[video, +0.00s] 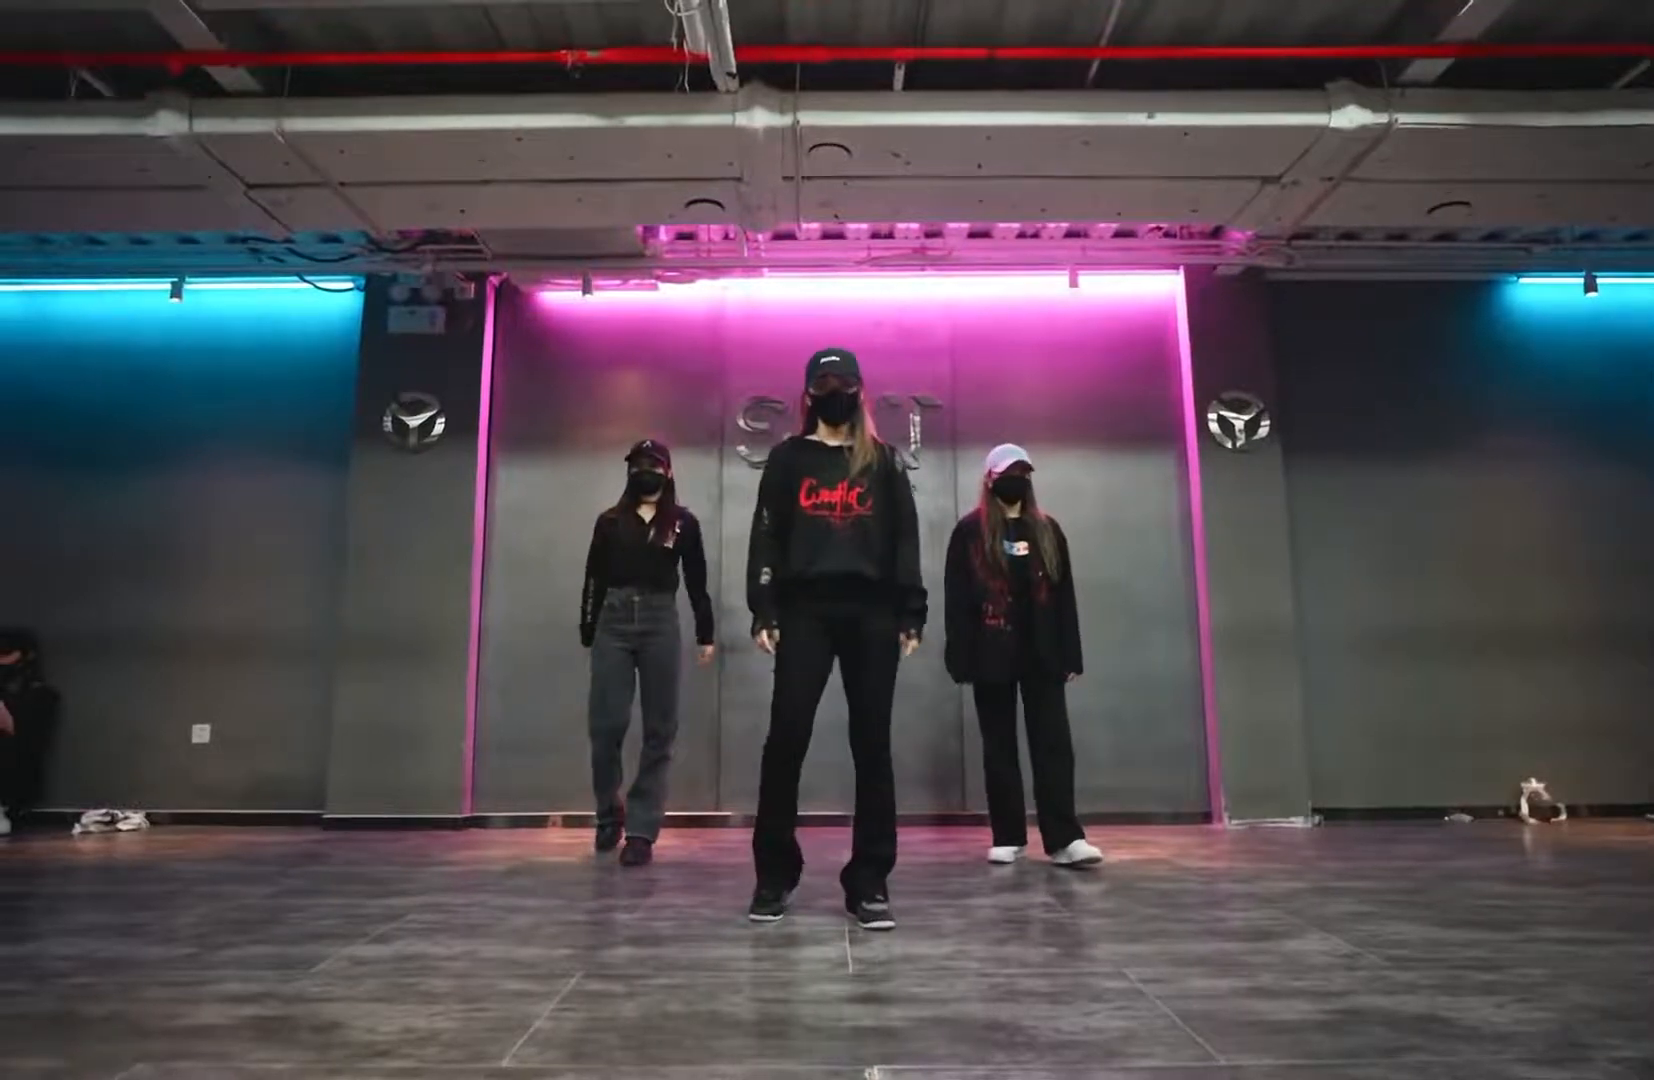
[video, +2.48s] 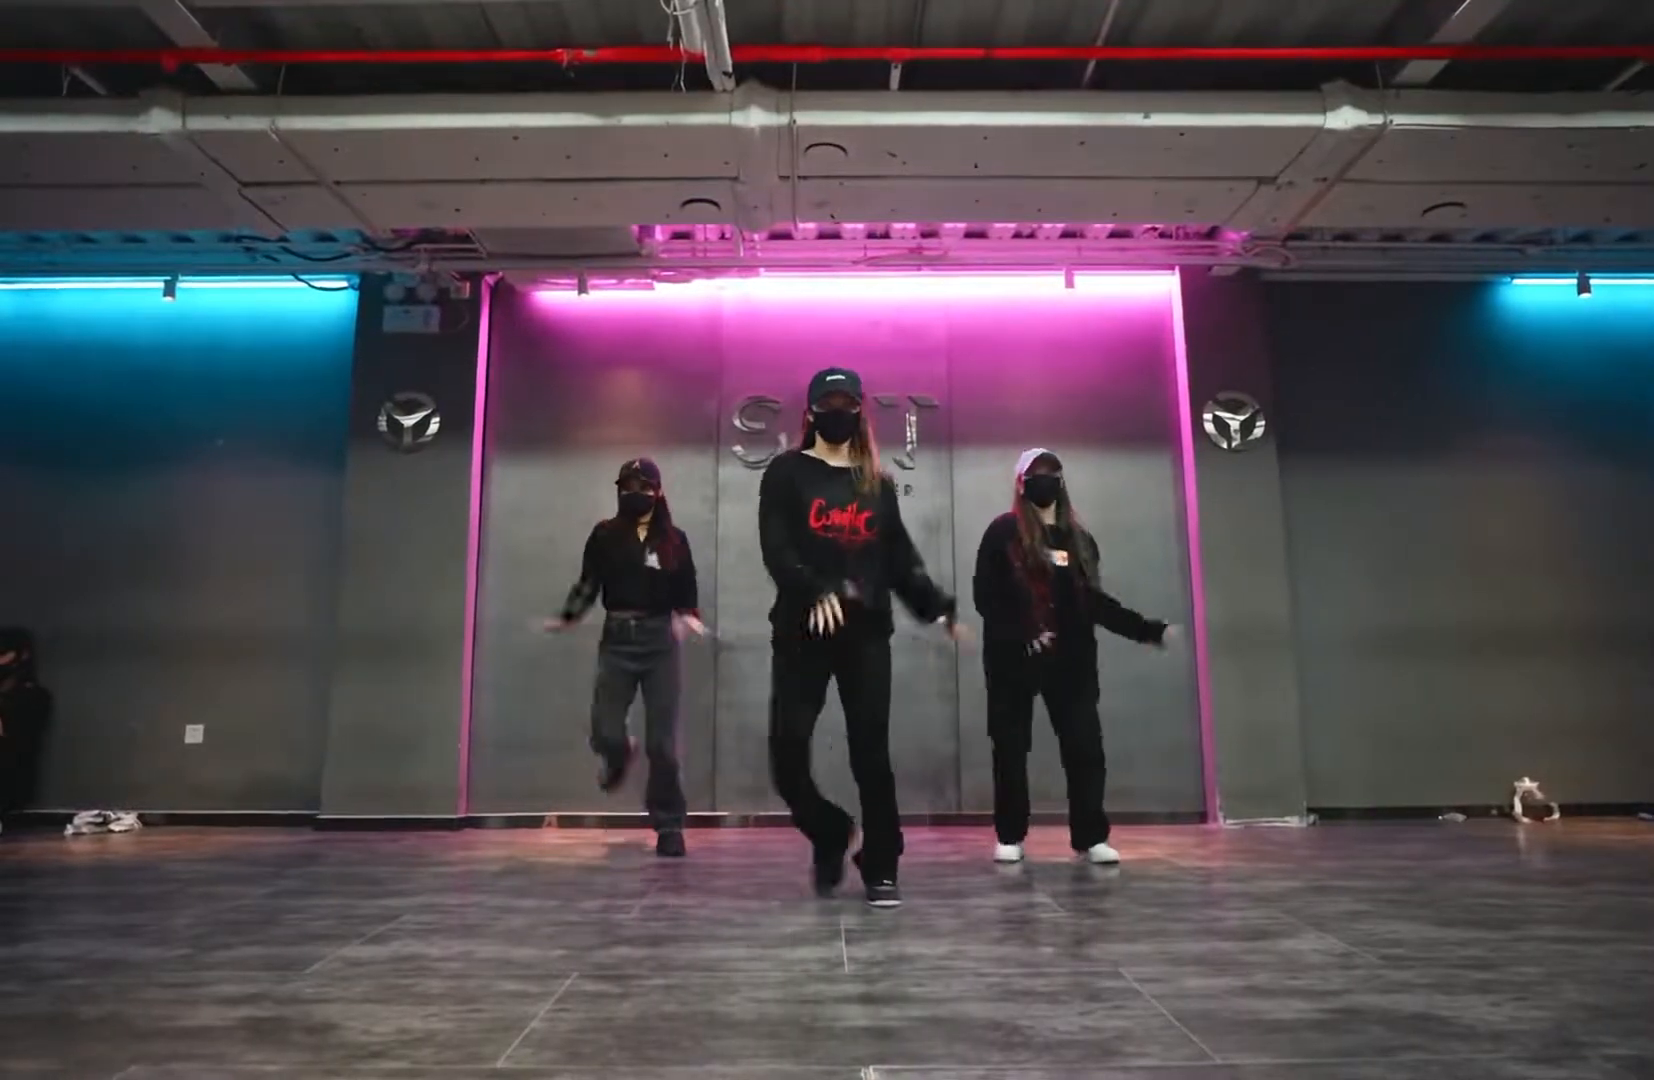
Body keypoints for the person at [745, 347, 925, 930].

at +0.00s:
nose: (835, 392)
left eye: (844, 384)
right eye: (825, 384)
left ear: (858, 390)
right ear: (810, 391)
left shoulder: (883, 461)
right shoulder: (787, 458)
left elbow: (906, 542)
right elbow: (764, 539)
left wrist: (910, 613)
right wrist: (763, 610)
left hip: (873, 618)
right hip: (804, 616)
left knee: (872, 749)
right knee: (785, 744)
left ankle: (869, 884)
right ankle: (773, 878)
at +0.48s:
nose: (857, 389)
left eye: (866, 381)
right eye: (847, 381)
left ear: (881, 388)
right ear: (832, 389)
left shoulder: (904, 459)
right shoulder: (807, 456)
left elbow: (930, 537)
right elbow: (785, 538)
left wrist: (940, 603)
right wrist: (785, 610)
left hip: (890, 616)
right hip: (822, 615)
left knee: (881, 750)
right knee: (798, 745)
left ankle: (872, 884)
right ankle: (795, 884)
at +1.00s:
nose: (832, 390)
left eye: (841, 381)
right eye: (822, 381)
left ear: (856, 389)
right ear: (807, 390)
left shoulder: (879, 461)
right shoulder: (784, 459)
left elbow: (903, 541)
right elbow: (763, 542)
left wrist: (908, 608)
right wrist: (767, 611)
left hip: (868, 616)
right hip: (801, 616)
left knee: (867, 749)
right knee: (803, 749)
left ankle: (867, 884)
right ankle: (811, 880)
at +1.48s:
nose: (820, 398)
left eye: (829, 389)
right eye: (810, 389)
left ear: (843, 396)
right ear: (794, 398)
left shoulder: (868, 464)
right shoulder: (773, 466)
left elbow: (895, 542)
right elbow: (754, 549)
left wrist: (898, 612)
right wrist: (760, 619)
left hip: (861, 618)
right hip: (795, 619)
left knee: (865, 747)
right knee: (804, 749)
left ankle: (865, 882)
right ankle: (812, 879)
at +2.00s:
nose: (830, 402)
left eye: (838, 393)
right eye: (820, 393)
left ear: (852, 399)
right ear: (804, 401)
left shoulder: (875, 467)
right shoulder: (781, 468)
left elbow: (900, 548)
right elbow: (761, 551)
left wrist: (899, 617)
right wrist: (765, 621)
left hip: (866, 620)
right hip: (800, 620)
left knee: (872, 742)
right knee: (807, 748)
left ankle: (883, 869)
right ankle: (812, 877)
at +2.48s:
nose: (839, 411)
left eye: (848, 403)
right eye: (829, 403)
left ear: (861, 412)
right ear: (811, 410)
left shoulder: (877, 483)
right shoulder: (784, 473)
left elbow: (899, 557)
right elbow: (776, 550)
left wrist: (935, 606)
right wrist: (812, 590)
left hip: (865, 633)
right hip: (802, 632)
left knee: (871, 755)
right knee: (787, 763)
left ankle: (881, 868)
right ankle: (830, 832)